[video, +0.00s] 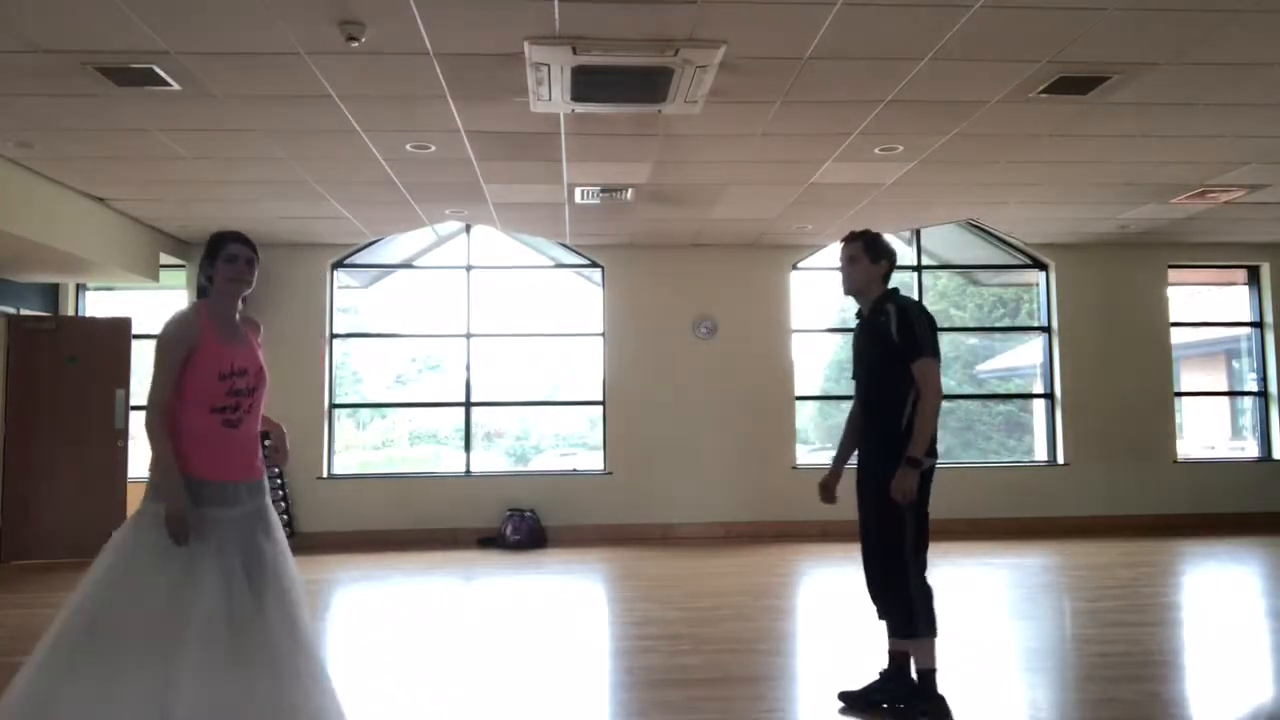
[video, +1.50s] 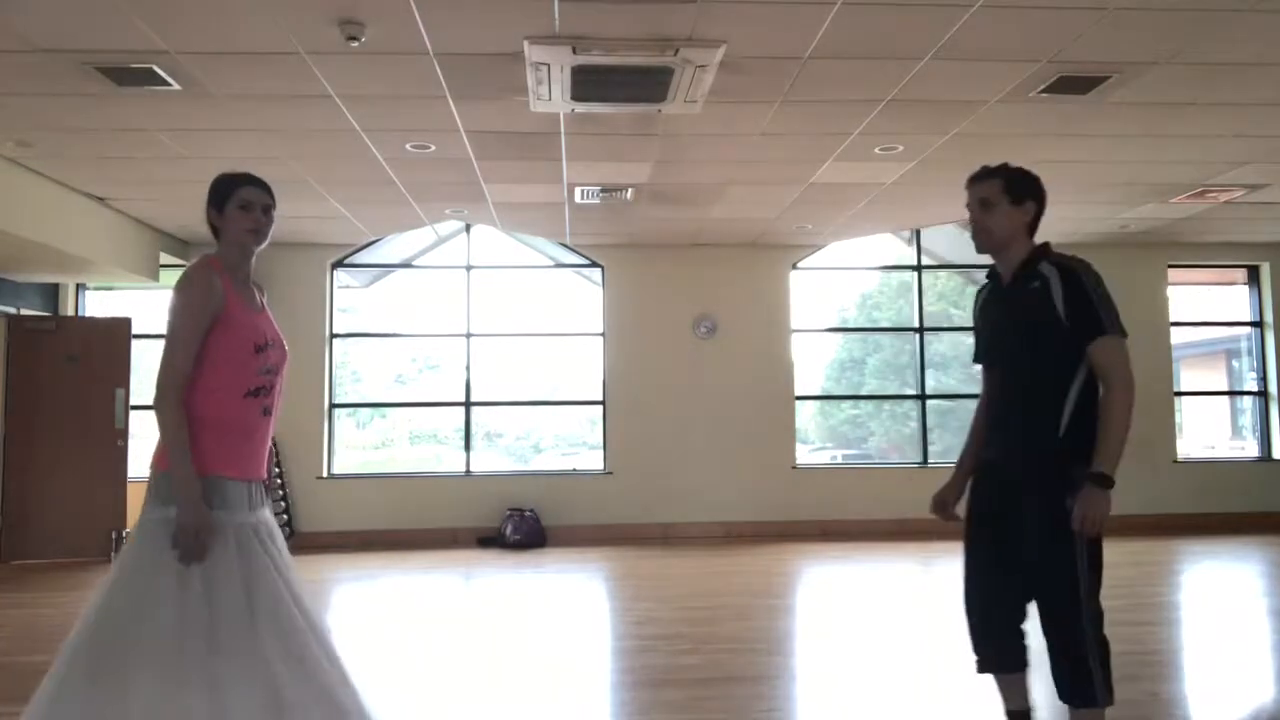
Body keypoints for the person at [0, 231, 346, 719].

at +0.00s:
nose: (244, 270)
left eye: (250, 262)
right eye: (233, 260)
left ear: (256, 274)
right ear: (210, 268)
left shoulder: (250, 329)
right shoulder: (185, 327)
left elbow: (234, 405)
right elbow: (156, 414)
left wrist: (273, 428)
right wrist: (174, 494)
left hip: (248, 493)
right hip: (193, 495)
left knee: (252, 624)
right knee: (187, 625)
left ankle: (249, 713)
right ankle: (183, 714)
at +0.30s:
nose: (260, 258)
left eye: (267, 251)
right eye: (249, 248)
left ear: (274, 261)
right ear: (225, 255)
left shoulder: (270, 323)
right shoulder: (200, 314)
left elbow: (257, 405)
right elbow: (163, 407)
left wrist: (303, 432)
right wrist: (170, 489)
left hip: (267, 486)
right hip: (209, 488)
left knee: (271, 618)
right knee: (197, 619)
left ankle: (266, 712)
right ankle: (185, 712)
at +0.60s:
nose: (269, 239)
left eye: (277, 232)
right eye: (258, 229)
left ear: (285, 244)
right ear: (233, 237)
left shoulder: (285, 306)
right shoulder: (208, 301)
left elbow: (278, 390)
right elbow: (165, 396)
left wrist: (330, 416)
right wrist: (164, 483)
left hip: (276, 483)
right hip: (215, 482)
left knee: (280, 628)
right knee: (207, 627)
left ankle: (271, 714)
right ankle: (191, 712)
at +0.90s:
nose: (268, 227)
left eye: (276, 220)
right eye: (254, 216)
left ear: (282, 233)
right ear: (227, 225)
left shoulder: (268, 301)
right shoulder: (209, 288)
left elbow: (250, 395)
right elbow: (168, 397)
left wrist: (306, 426)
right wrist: (171, 493)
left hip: (267, 490)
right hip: (218, 488)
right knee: (215, 642)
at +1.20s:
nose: (262, 218)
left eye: (270, 211)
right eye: (249, 207)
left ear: (275, 223)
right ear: (219, 215)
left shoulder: (253, 288)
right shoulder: (205, 277)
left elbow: (237, 382)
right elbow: (169, 383)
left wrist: (272, 435)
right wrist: (195, 488)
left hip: (249, 488)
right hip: (203, 490)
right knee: (201, 644)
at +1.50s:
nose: (257, 218)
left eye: (266, 212)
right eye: (245, 208)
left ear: (272, 226)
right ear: (216, 217)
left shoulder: (256, 294)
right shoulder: (203, 280)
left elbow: (245, 399)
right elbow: (167, 392)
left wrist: (261, 485)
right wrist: (189, 500)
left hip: (245, 497)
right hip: (203, 496)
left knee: (245, 653)